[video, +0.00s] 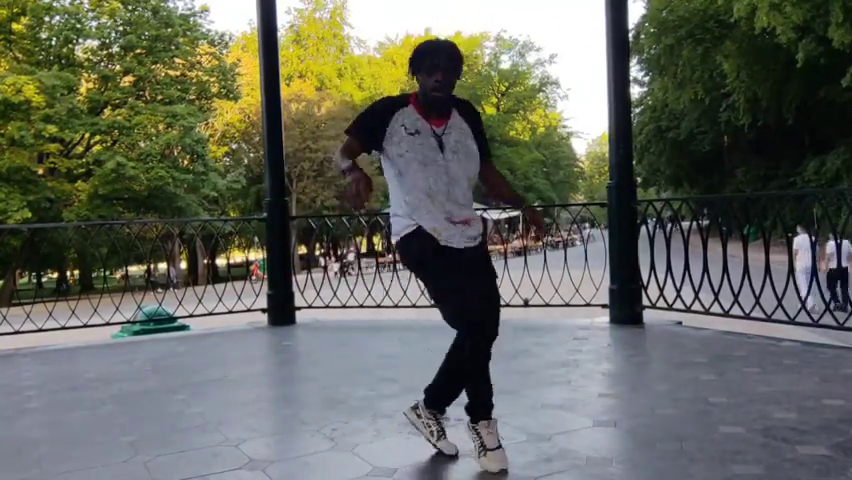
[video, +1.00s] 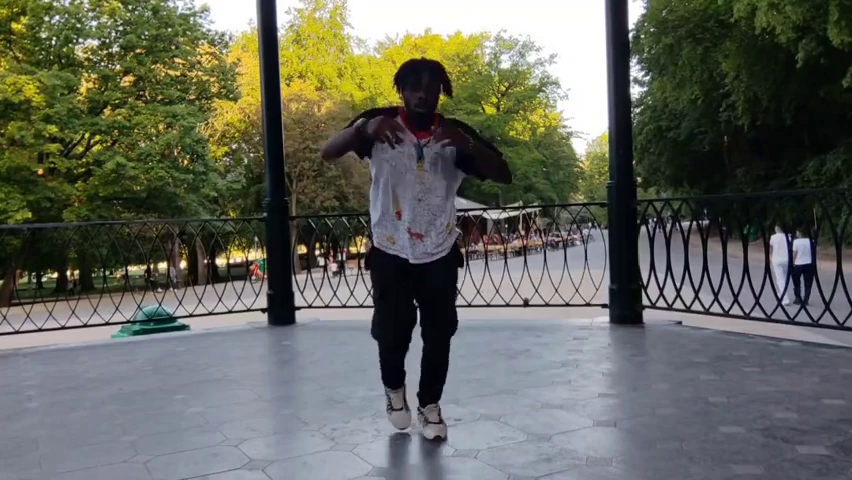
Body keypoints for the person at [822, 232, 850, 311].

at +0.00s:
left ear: (831, 235)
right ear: (842, 234)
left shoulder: (830, 244)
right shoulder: (846, 243)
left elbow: (828, 256)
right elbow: (850, 255)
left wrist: (825, 266)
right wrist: (848, 264)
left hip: (832, 268)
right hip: (844, 268)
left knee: (831, 287)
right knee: (844, 288)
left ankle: (837, 303)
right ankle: (845, 305)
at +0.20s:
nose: (819, 238)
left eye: (820, 237)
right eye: (819, 236)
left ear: (821, 237)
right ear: (829, 236)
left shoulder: (820, 246)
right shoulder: (836, 243)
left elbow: (819, 259)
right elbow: (841, 255)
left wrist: (818, 269)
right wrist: (839, 266)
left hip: (824, 269)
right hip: (835, 269)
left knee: (820, 287)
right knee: (840, 286)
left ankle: (818, 302)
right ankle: (843, 303)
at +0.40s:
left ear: (812, 236)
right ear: (821, 234)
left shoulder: (810, 244)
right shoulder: (827, 241)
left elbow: (809, 255)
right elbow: (832, 250)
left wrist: (808, 265)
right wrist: (833, 260)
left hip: (815, 266)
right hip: (825, 265)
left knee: (815, 285)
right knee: (825, 284)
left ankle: (817, 303)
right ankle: (830, 299)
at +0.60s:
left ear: (807, 235)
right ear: (816, 235)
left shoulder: (804, 244)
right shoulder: (820, 243)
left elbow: (801, 254)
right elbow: (824, 253)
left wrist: (802, 262)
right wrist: (828, 261)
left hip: (808, 266)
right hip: (818, 265)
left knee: (811, 285)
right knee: (814, 284)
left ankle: (816, 301)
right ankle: (810, 300)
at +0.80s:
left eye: (802, 234)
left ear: (804, 235)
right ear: (812, 235)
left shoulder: (800, 244)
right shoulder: (815, 243)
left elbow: (797, 254)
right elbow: (819, 254)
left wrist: (797, 263)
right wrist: (822, 263)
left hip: (803, 266)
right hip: (812, 265)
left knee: (801, 283)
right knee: (809, 284)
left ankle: (811, 296)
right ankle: (806, 299)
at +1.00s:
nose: (796, 234)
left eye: (797, 233)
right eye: (796, 233)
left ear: (799, 234)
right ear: (805, 233)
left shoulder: (796, 242)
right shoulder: (811, 241)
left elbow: (794, 253)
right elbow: (813, 252)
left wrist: (793, 261)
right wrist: (813, 261)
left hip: (798, 264)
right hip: (809, 263)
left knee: (796, 283)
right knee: (808, 283)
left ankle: (798, 298)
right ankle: (806, 299)